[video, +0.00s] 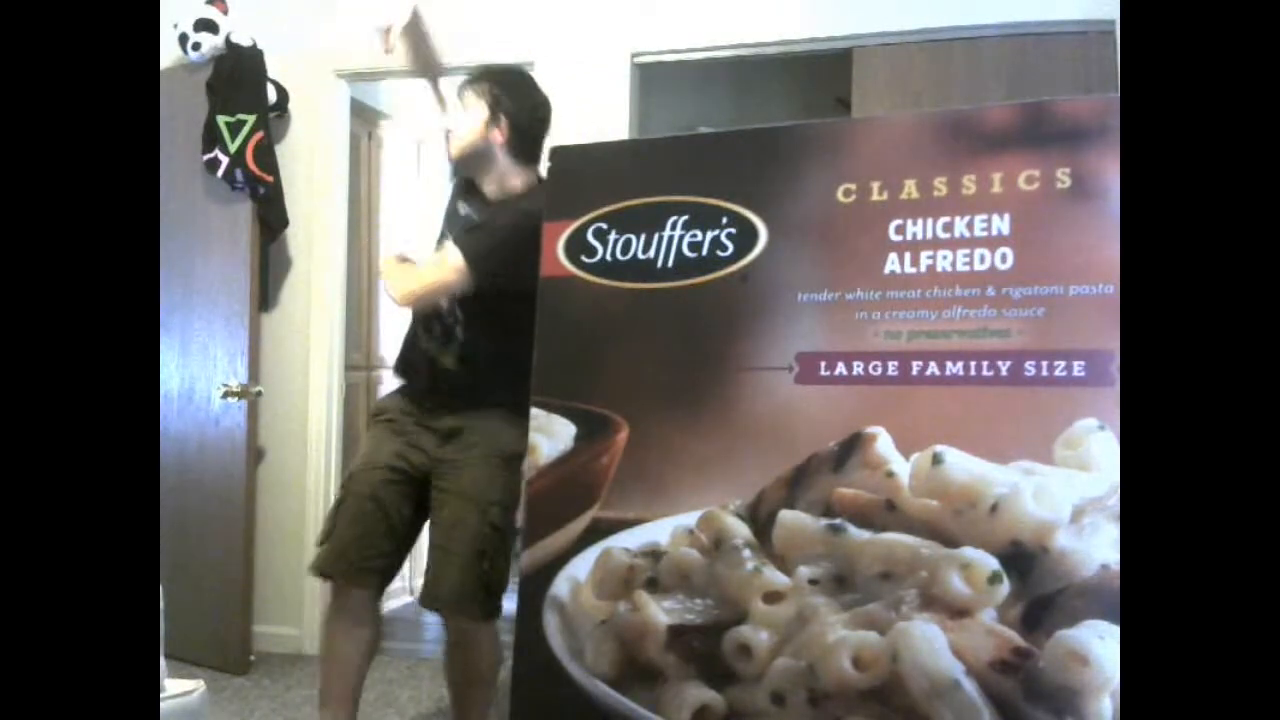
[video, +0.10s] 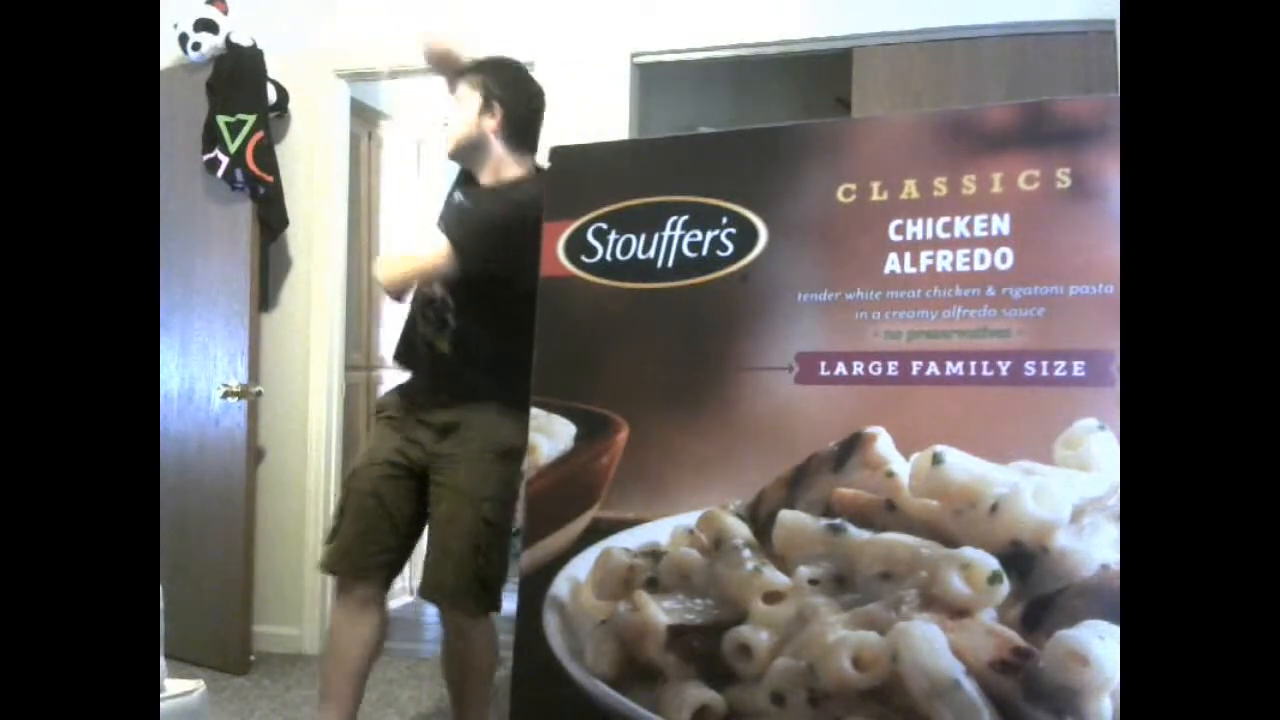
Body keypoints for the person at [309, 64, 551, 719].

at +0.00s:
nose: (449, 122)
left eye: (463, 110)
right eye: (454, 111)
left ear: (499, 127)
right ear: (494, 129)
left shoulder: (529, 216)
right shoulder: (473, 181)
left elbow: (413, 290)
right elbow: (445, 99)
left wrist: (393, 260)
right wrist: (415, 37)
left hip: (483, 427)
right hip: (408, 413)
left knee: (465, 603)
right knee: (352, 575)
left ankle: (473, 718)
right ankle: (335, 715)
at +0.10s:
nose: (446, 118)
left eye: (458, 104)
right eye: (451, 104)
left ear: (493, 116)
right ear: (496, 118)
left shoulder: (524, 201)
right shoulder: (476, 178)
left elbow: (403, 275)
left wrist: (393, 269)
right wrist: (458, 70)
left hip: (484, 418)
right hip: (411, 406)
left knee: (462, 597)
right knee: (357, 572)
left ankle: (473, 717)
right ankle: (334, 714)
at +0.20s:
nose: (436, 130)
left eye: (447, 116)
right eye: (442, 115)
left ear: (483, 123)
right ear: (487, 125)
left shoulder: (518, 204)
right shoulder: (467, 196)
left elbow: (431, 256)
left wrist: (353, 267)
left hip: (479, 418)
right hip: (413, 407)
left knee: (449, 596)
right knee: (364, 577)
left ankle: (472, 716)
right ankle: (337, 714)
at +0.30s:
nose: (435, 144)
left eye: (446, 131)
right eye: (440, 130)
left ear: (481, 142)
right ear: (482, 142)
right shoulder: (466, 207)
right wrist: (396, 197)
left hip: (476, 427)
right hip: (410, 416)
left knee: (441, 601)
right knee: (354, 581)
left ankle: (473, 716)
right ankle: (330, 714)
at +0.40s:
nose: (434, 162)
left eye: (445, 148)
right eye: (439, 147)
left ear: (481, 159)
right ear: (480, 160)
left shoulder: (525, 247)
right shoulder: (463, 216)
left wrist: (384, 256)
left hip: (473, 432)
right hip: (407, 421)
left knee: (433, 597)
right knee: (335, 579)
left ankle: (469, 714)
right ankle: (323, 713)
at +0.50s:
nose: (432, 146)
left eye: (447, 136)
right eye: (437, 135)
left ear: (485, 152)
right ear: (470, 151)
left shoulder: (515, 235)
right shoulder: (438, 201)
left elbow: (420, 230)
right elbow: (370, 161)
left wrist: (372, 166)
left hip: (454, 438)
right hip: (382, 424)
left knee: (464, 599)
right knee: (284, 543)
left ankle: (477, 717)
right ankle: (281, 707)